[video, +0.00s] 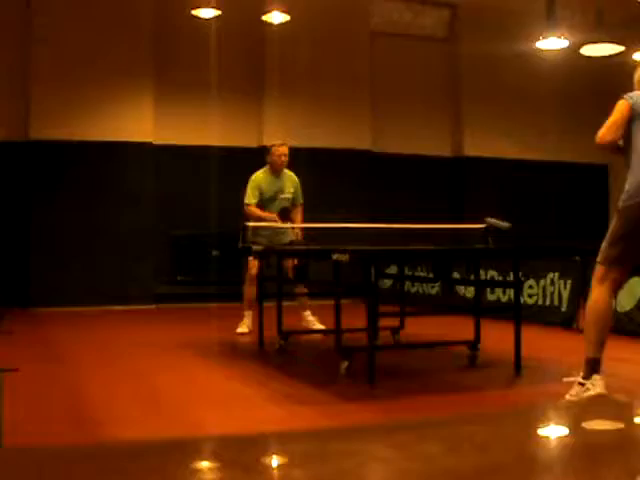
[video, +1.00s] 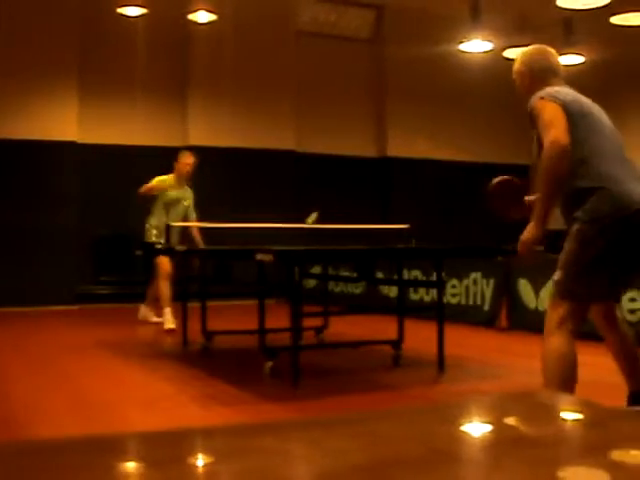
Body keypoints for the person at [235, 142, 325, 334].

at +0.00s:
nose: (283, 159)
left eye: (285, 156)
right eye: (279, 156)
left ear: (287, 158)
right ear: (269, 157)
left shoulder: (292, 179)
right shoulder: (257, 178)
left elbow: (297, 206)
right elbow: (249, 207)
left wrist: (297, 228)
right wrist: (268, 216)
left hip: (284, 233)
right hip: (260, 234)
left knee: (294, 270)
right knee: (253, 272)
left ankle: (307, 314)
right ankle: (247, 316)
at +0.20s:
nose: (283, 163)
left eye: (286, 159)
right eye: (279, 159)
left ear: (288, 160)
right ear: (271, 160)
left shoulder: (294, 181)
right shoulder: (257, 180)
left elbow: (306, 207)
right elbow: (247, 208)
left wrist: (304, 228)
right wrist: (263, 221)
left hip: (288, 235)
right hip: (263, 236)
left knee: (297, 271)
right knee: (253, 270)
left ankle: (308, 315)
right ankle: (248, 316)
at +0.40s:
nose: (282, 170)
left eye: (285, 167)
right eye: (279, 166)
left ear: (288, 167)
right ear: (271, 164)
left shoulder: (288, 186)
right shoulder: (255, 181)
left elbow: (296, 212)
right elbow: (245, 210)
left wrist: (302, 229)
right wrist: (261, 225)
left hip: (280, 236)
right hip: (257, 237)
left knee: (293, 269)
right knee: (249, 271)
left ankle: (307, 314)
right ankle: (246, 316)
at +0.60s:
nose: (273, 171)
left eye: (276, 168)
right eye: (272, 166)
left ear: (276, 167)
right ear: (263, 160)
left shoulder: (267, 183)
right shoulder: (246, 174)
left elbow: (265, 207)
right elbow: (254, 195)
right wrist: (271, 214)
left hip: (260, 234)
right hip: (240, 234)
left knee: (273, 268)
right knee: (243, 272)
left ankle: (277, 313)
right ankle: (241, 316)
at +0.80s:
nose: (216, 162)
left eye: (219, 159)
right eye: (214, 157)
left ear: (220, 163)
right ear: (204, 157)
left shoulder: (213, 184)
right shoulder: (191, 171)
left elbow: (208, 212)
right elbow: (174, 160)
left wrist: (208, 232)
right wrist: (194, 149)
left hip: (202, 230)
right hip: (184, 227)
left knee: (197, 272)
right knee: (191, 271)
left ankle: (179, 301)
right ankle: (192, 313)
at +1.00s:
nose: (188, 169)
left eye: (191, 165)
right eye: (185, 164)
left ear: (193, 168)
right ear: (176, 164)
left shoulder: (187, 192)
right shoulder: (163, 182)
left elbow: (192, 222)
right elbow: (143, 191)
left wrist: (200, 243)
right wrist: (163, 185)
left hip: (173, 236)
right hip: (156, 233)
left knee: (162, 273)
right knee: (165, 269)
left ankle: (147, 307)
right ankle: (167, 313)